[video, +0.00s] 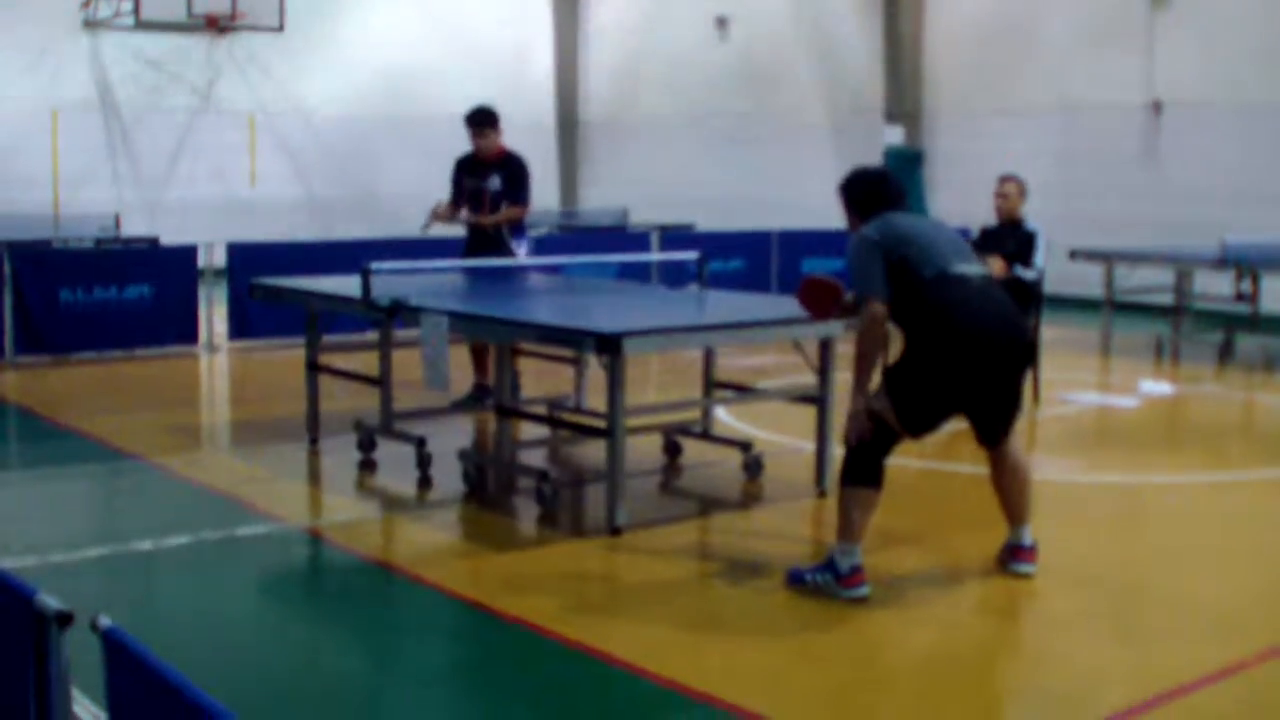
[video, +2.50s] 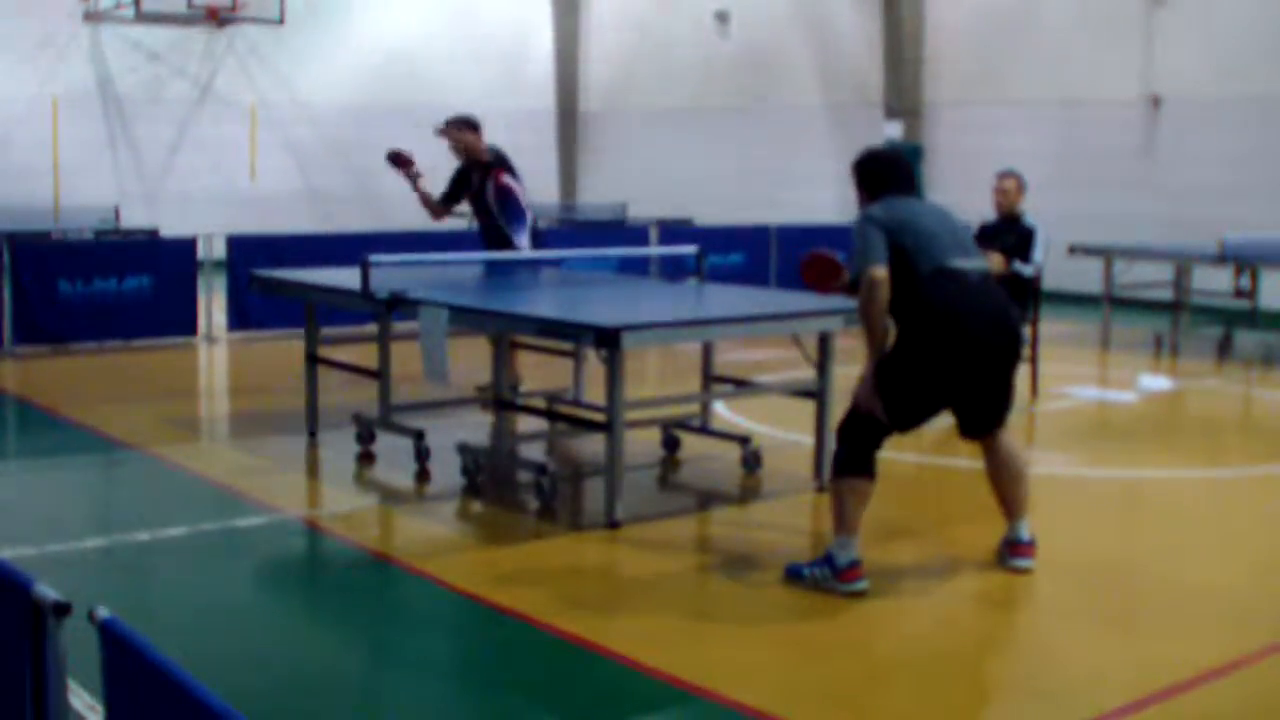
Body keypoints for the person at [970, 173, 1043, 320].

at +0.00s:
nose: (999, 203)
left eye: (1006, 197)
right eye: (998, 197)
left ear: (1021, 200)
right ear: (994, 198)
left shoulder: (1032, 235)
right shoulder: (986, 234)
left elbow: (1036, 274)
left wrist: (1009, 270)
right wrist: (988, 264)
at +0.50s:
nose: (999, 203)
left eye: (1005, 197)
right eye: (997, 196)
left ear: (1020, 199)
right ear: (993, 198)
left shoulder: (1032, 235)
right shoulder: (985, 233)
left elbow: (1034, 273)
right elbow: (965, 265)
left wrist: (1009, 270)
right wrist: (987, 266)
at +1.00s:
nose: (999, 199)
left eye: (1005, 193)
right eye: (997, 193)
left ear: (1019, 196)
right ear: (994, 194)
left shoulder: (1032, 232)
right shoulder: (986, 230)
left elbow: (1034, 271)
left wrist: (1008, 266)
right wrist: (987, 263)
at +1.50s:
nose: (1000, 199)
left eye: (1006, 193)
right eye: (998, 192)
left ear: (1019, 196)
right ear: (994, 194)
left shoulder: (1032, 232)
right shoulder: (985, 230)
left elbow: (1034, 270)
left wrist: (1008, 266)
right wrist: (986, 262)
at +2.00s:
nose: (1000, 199)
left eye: (1006, 193)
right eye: (997, 192)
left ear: (1019, 195)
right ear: (993, 193)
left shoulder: (1032, 230)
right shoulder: (985, 229)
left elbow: (1035, 269)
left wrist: (1008, 265)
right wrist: (986, 261)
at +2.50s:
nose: (999, 199)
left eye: (1005, 193)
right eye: (997, 192)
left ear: (1019, 195)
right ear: (993, 193)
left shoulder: (1032, 231)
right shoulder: (985, 230)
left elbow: (1034, 269)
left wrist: (1008, 265)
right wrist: (987, 261)